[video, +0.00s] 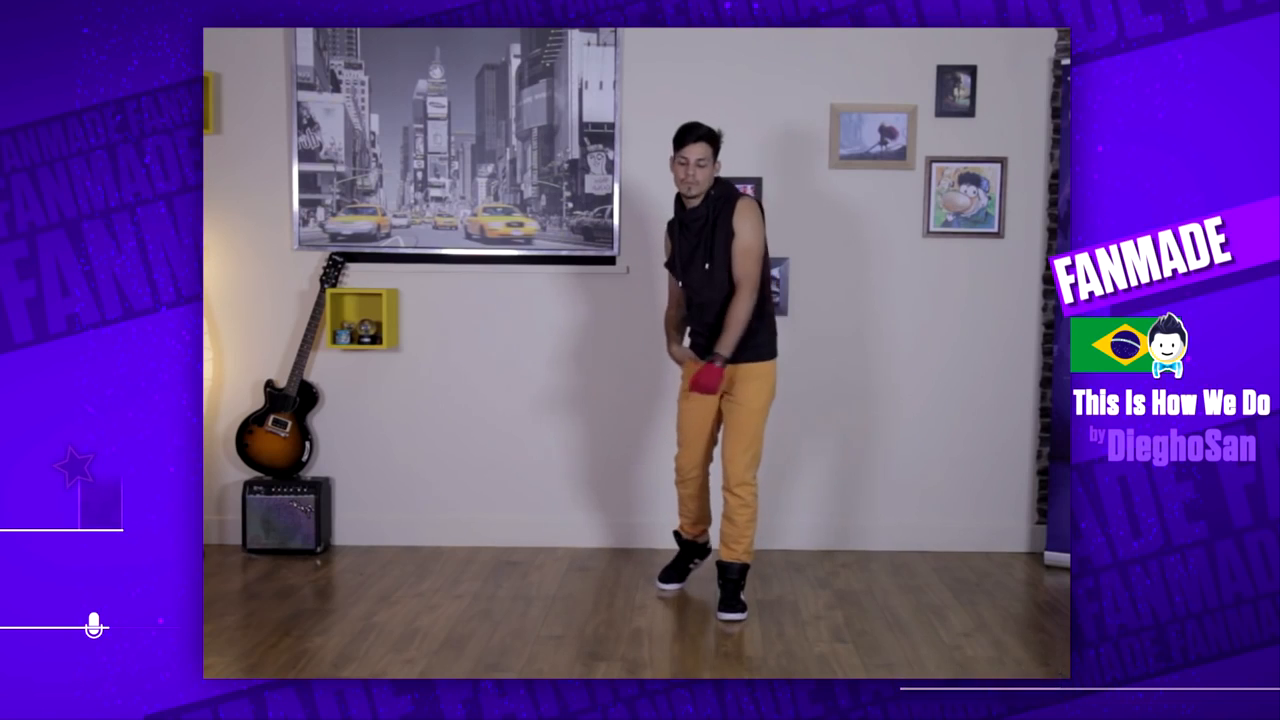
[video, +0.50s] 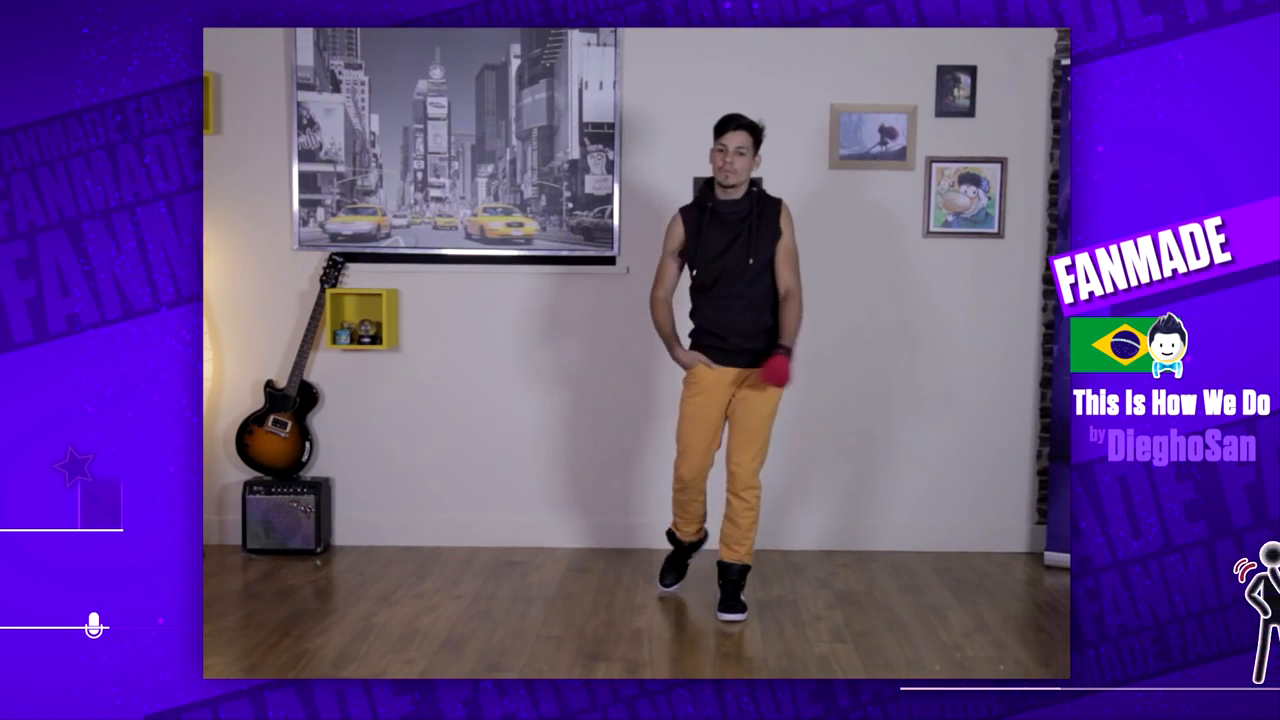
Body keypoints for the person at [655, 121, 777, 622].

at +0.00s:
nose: (689, 173)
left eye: (700, 164)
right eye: (682, 163)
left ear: (716, 167)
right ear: (671, 167)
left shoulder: (743, 211)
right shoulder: (676, 228)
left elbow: (748, 288)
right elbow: (676, 296)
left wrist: (719, 357)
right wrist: (673, 342)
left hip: (749, 359)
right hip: (700, 358)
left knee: (737, 473)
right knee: (689, 464)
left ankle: (733, 576)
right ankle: (692, 544)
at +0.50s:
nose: (729, 160)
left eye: (740, 153)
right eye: (722, 150)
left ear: (755, 161)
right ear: (711, 155)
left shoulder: (775, 215)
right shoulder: (688, 219)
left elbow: (790, 290)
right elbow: (660, 294)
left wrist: (784, 350)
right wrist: (676, 349)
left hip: (762, 368)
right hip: (707, 364)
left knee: (744, 477)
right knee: (688, 470)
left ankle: (734, 577)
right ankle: (686, 541)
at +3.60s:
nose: (725, 178)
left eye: (736, 168)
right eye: (720, 168)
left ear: (765, 165)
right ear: (714, 165)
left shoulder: (791, 221)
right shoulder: (695, 218)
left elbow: (779, 294)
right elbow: (669, 296)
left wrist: (735, 236)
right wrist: (675, 355)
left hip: (765, 381)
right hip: (702, 377)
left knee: (777, 497)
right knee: (674, 495)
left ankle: (794, 606)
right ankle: (654, 602)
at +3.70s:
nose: (727, 176)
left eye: (739, 167)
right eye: (722, 164)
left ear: (767, 169)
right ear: (715, 162)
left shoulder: (782, 223)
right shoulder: (690, 210)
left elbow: (779, 299)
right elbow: (650, 290)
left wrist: (736, 238)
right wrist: (670, 356)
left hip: (760, 379)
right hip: (696, 378)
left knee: (774, 494)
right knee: (668, 494)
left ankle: (792, 605)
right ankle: (650, 602)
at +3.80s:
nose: (719, 168)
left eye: (731, 160)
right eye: (715, 157)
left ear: (760, 164)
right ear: (710, 157)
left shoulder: (773, 225)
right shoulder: (684, 205)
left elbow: (775, 299)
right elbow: (641, 285)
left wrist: (733, 236)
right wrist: (663, 354)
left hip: (753, 378)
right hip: (690, 376)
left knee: (769, 491)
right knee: (663, 493)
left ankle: (789, 603)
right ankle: (644, 599)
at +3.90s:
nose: (706, 165)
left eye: (718, 157)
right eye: (702, 154)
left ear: (745, 164)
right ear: (697, 155)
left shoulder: (753, 226)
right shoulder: (670, 205)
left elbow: (758, 300)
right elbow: (628, 286)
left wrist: (725, 237)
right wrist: (655, 361)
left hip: (740, 380)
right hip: (679, 379)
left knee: (760, 496)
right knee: (661, 495)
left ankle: (778, 605)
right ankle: (642, 602)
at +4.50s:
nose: (675, 163)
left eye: (683, 151)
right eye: (666, 158)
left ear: (708, 148)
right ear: (662, 164)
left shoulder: (749, 203)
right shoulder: (674, 221)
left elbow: (731, 276)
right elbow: (666, 294)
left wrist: (687, 217)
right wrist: (653, 343)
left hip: (738, 380)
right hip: (677, 377)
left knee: (765, 499)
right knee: (658, 496)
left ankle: (793, 606)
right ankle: (650, 602)